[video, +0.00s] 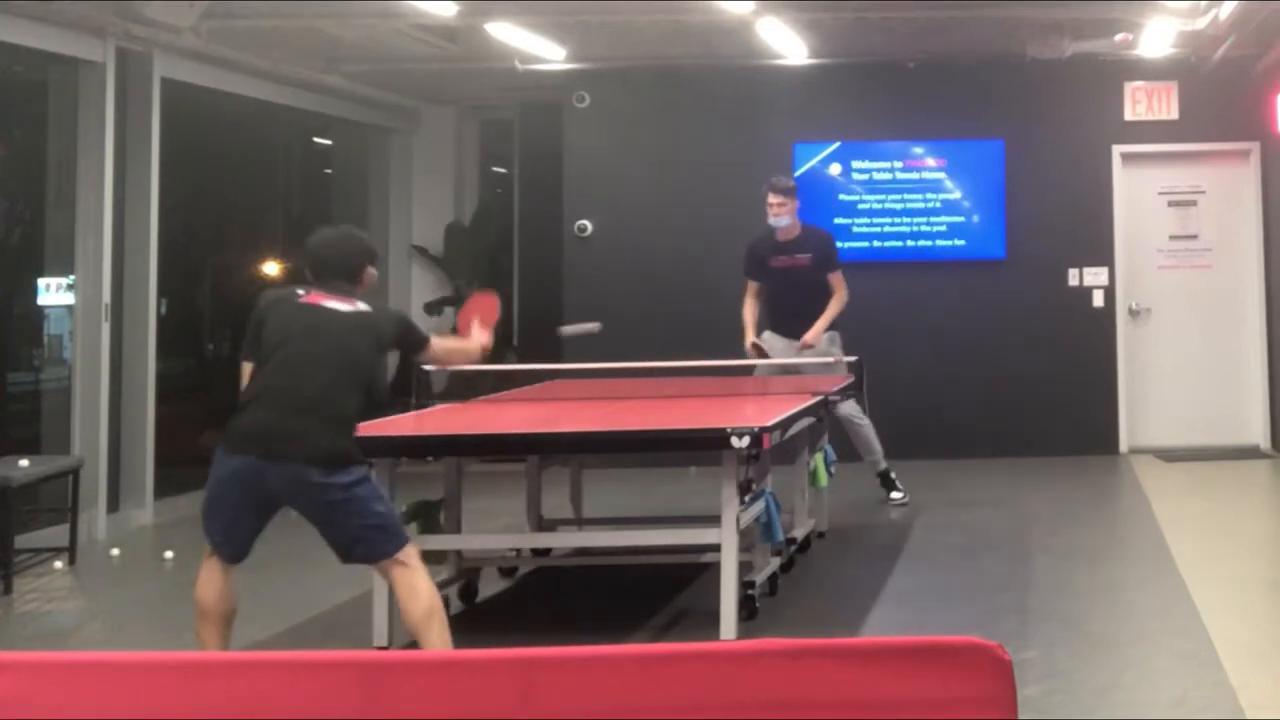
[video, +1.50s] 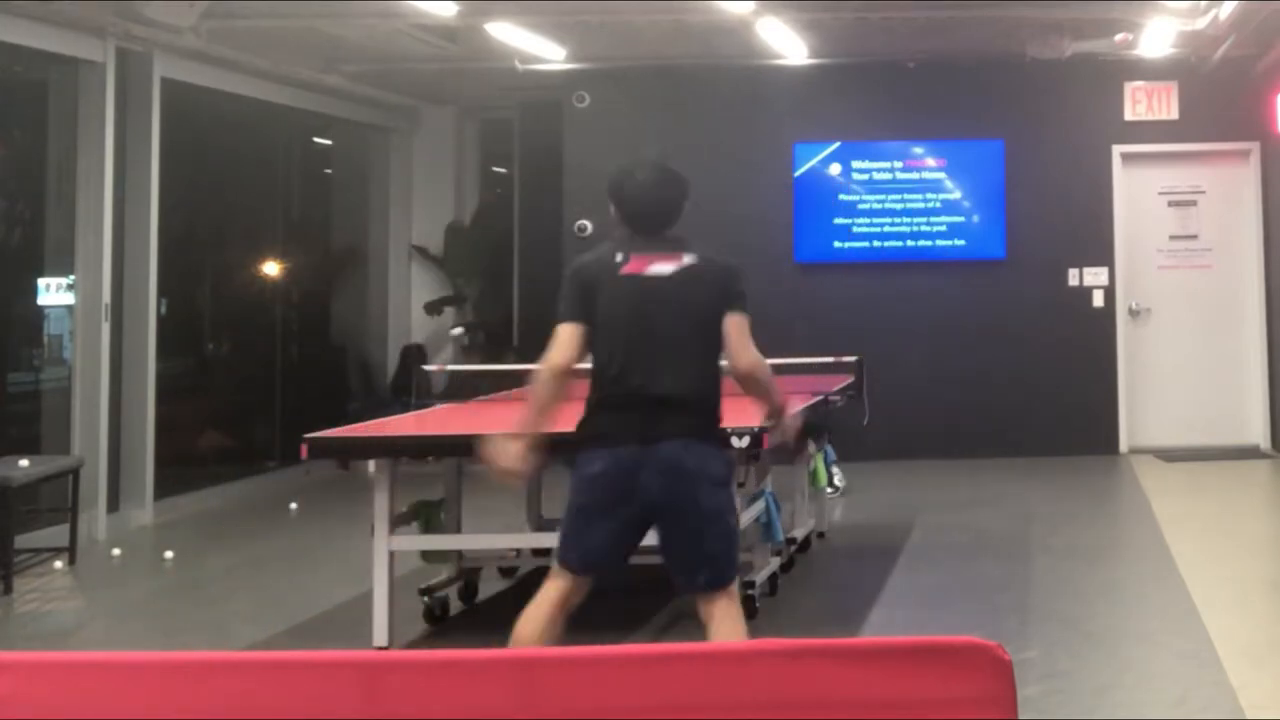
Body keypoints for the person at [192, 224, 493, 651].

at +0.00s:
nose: (376, 274)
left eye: (374, 266)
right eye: (373, 267)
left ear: (313, 269)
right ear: (363, 274)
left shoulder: (272, 302)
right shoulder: (381, 322)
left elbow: (248, 384)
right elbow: (436, 351)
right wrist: (476, 343)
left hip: (247, 451)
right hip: (324, 457)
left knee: (219, 558)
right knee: (401, 562)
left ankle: (211, 676)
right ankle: (448, 675)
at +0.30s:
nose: (377, 240)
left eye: (376, 233)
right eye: (374, 233)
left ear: (312, 235)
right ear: (364, 238)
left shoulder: (272, 281)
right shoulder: (383, 287)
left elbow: (205, 352)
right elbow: (449, 356)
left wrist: (271, 359)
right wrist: (471, 341)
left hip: (259, 439)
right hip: (334, 445)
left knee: (236, 546)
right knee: (403, 553)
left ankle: (215, 672)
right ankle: (411, 679)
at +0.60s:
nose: (414, 288)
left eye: (415, 277)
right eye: (414, 277)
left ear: (366, 269)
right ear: (401, 279)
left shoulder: (326, 305)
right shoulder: (341, 324)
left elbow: (335, 369)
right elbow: (295, 419)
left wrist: (397, 375)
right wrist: (350, 485)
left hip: (230, 471)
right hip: (271, 477)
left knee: (217, 578)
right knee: (385, 557)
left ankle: (112, 668)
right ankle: (395, 690)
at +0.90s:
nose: (525, 275)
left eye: (525, 264)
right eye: (522, 265)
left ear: (462, 251)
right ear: (498, 266)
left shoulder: (406, 278)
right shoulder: (485, 330)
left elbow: (339, 285)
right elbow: (576, 376)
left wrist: (355, 252)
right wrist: (662, 384)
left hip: (302, 445)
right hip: (356, 466)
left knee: (251, 526)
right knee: (440, 571)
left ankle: (175, 616)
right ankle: (376, 677)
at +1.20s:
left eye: (550, 161)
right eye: (567, 160)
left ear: (526, 168)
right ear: (585, 168)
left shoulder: (492, 209)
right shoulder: (614, 215)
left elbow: (412, 199)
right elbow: (710, 218)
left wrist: (458, 135)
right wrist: (667, 172)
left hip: (490, 392)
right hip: (567, 403)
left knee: (430, 449)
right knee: (587, 543)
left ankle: (361, 518)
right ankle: (514, 667)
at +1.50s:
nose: (613, 213)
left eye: (614, 205)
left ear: (616, 212)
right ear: (677, 210)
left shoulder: (590, 272)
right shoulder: (716, 276)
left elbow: (558, 363)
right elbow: (745, 363)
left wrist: (524, 434)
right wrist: (776, 407)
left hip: (609, 457)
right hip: (693, 457)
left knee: (561, 587)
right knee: (718, 599)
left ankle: (498, 703)